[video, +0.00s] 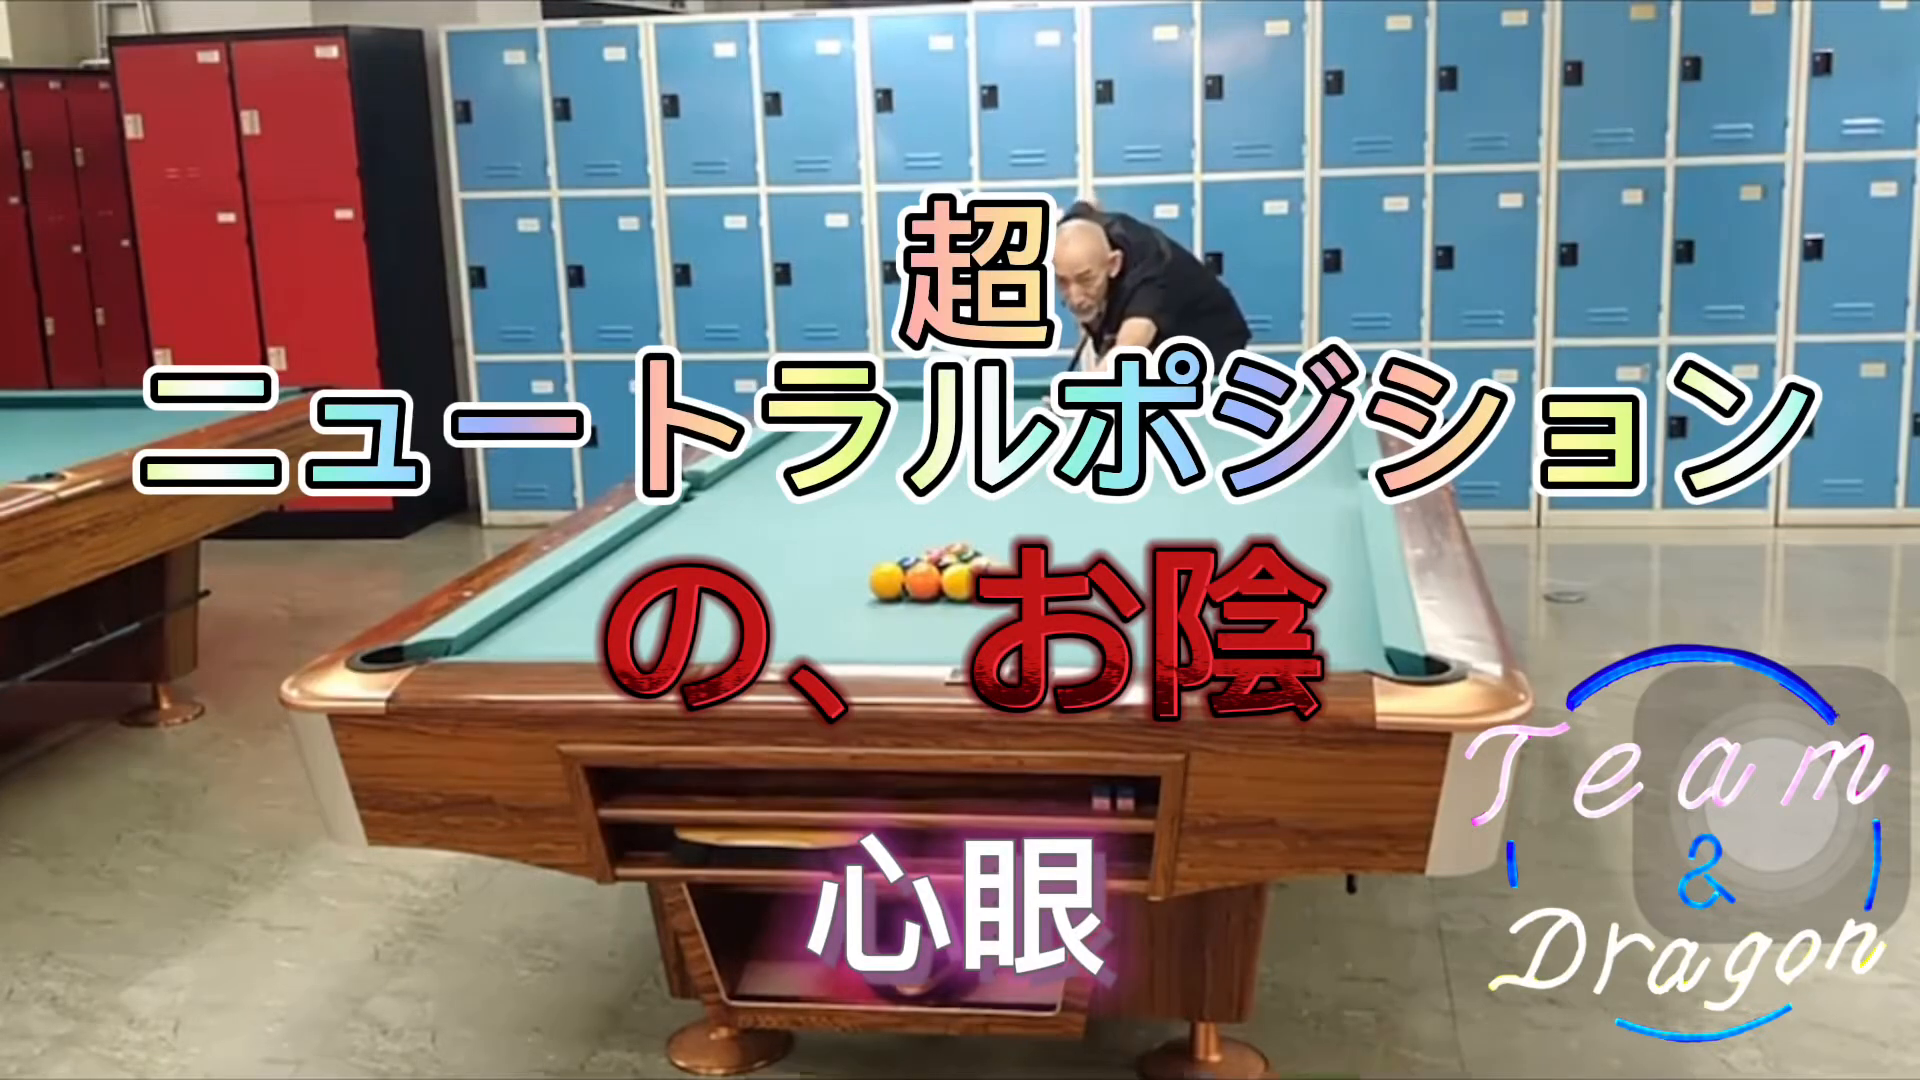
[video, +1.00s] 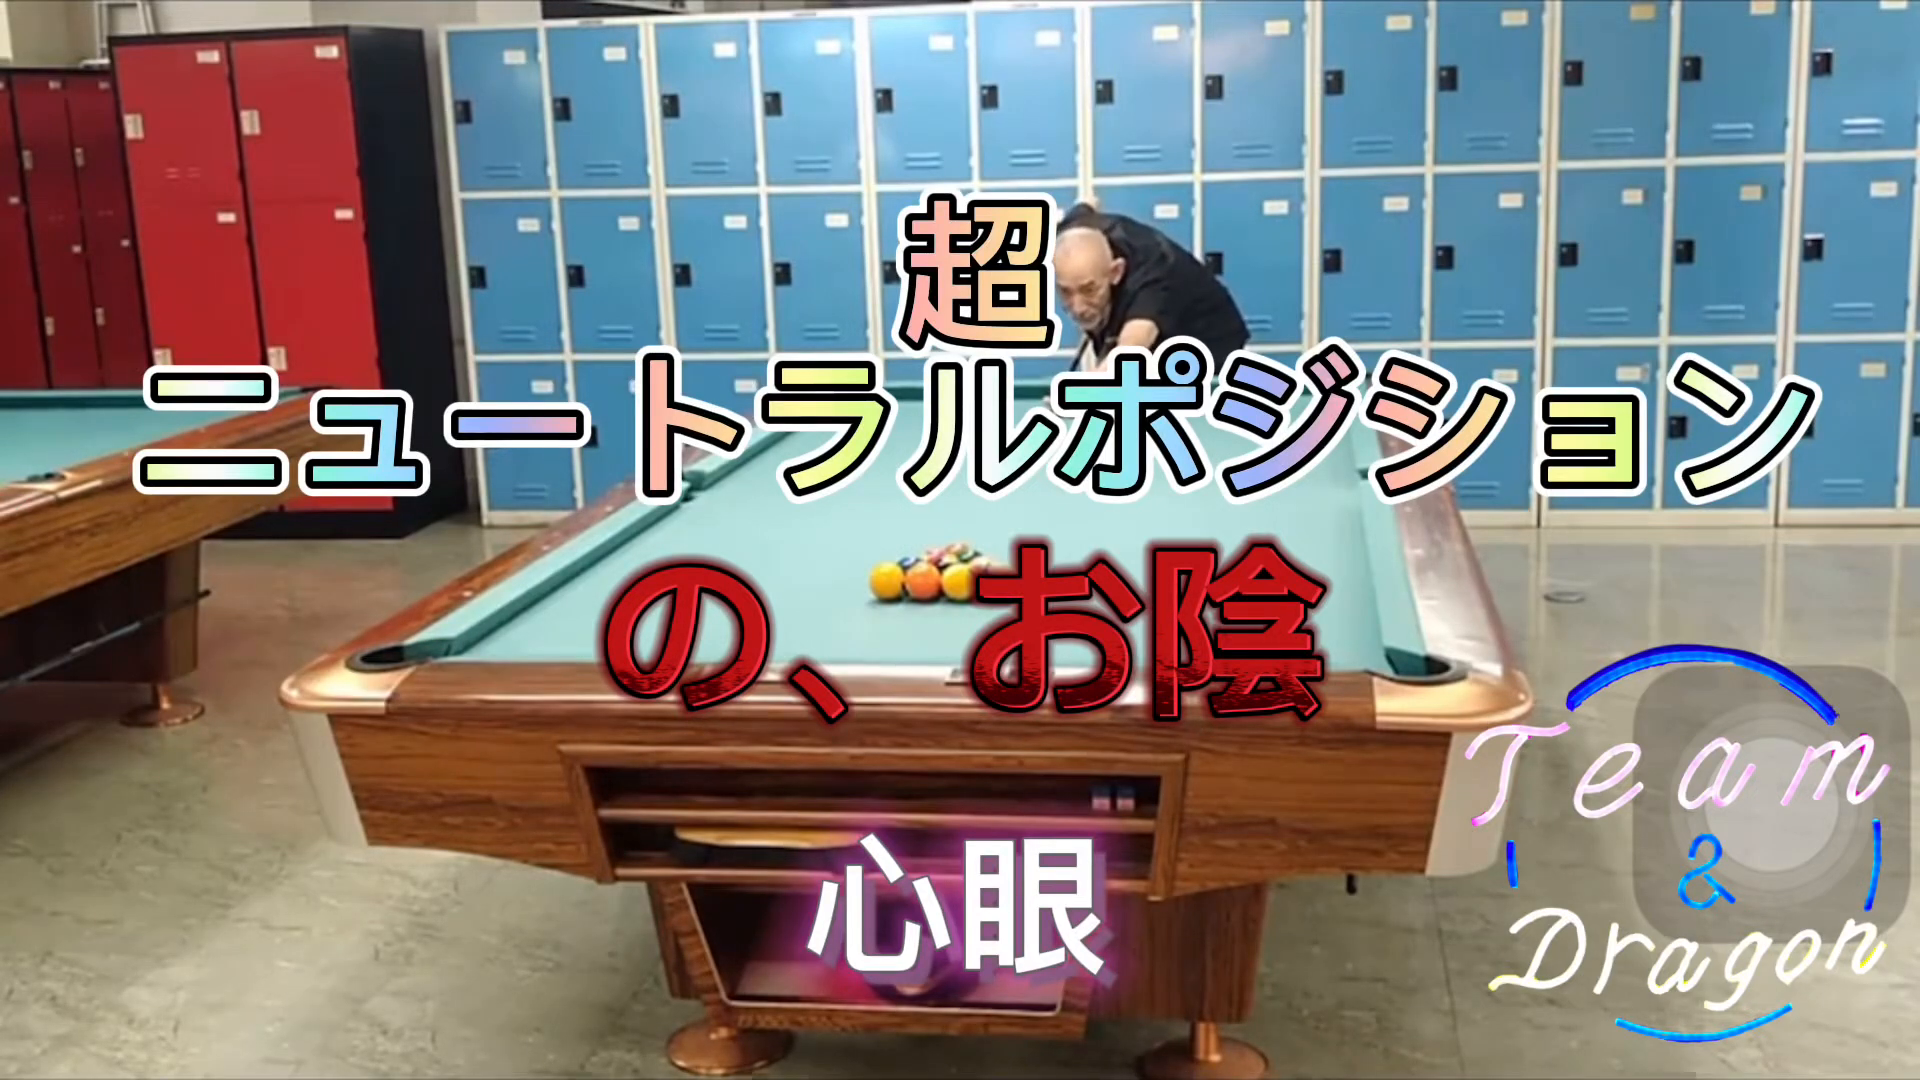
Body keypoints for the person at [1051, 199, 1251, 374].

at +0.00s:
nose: (1075, 297)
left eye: (1085, 280)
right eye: (1063, 283)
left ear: (1113, 265)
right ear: (1055, 271)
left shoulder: (1150, 274)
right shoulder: (1080, 231)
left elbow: (1127, 352)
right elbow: (1085, 206)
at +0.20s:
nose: (1074, 299)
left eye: (1085, 282)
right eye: (1062, 285)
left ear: (1113, 267)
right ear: (1055, 272)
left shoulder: (1151, 276)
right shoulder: (1079, 231)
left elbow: (1128, 352)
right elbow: (1085, 208)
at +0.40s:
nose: (1074, 301)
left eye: (1085, 284)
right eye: (1063, 286)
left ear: (1114, 268)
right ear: (1054, 276)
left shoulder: (1152, 278)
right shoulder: (1079, 232)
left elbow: (1128, 351)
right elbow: (1083, 208)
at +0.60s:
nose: (1075, 303)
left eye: (1086, 286)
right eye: (1063, 289)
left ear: (1114, 269)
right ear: (1055, 278)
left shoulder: (1151, 277)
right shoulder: (1078, 232)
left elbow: (1128, 351)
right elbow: (1080, 211)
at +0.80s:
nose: (1076, 305)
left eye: (1088, 288)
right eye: (1065, 290)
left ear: (1115, 271)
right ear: (1056, 280)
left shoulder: (1153, 275)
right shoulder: (1077, 234)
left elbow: (1129, 352)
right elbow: (1083, 208)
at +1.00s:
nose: (1077, 307)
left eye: (1089, 290)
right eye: (1065, 292)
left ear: (1116, 272)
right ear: (1056, 281)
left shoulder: (1153, 277)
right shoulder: (1076, 233)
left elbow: (1129, 352)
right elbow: (1084, 207)